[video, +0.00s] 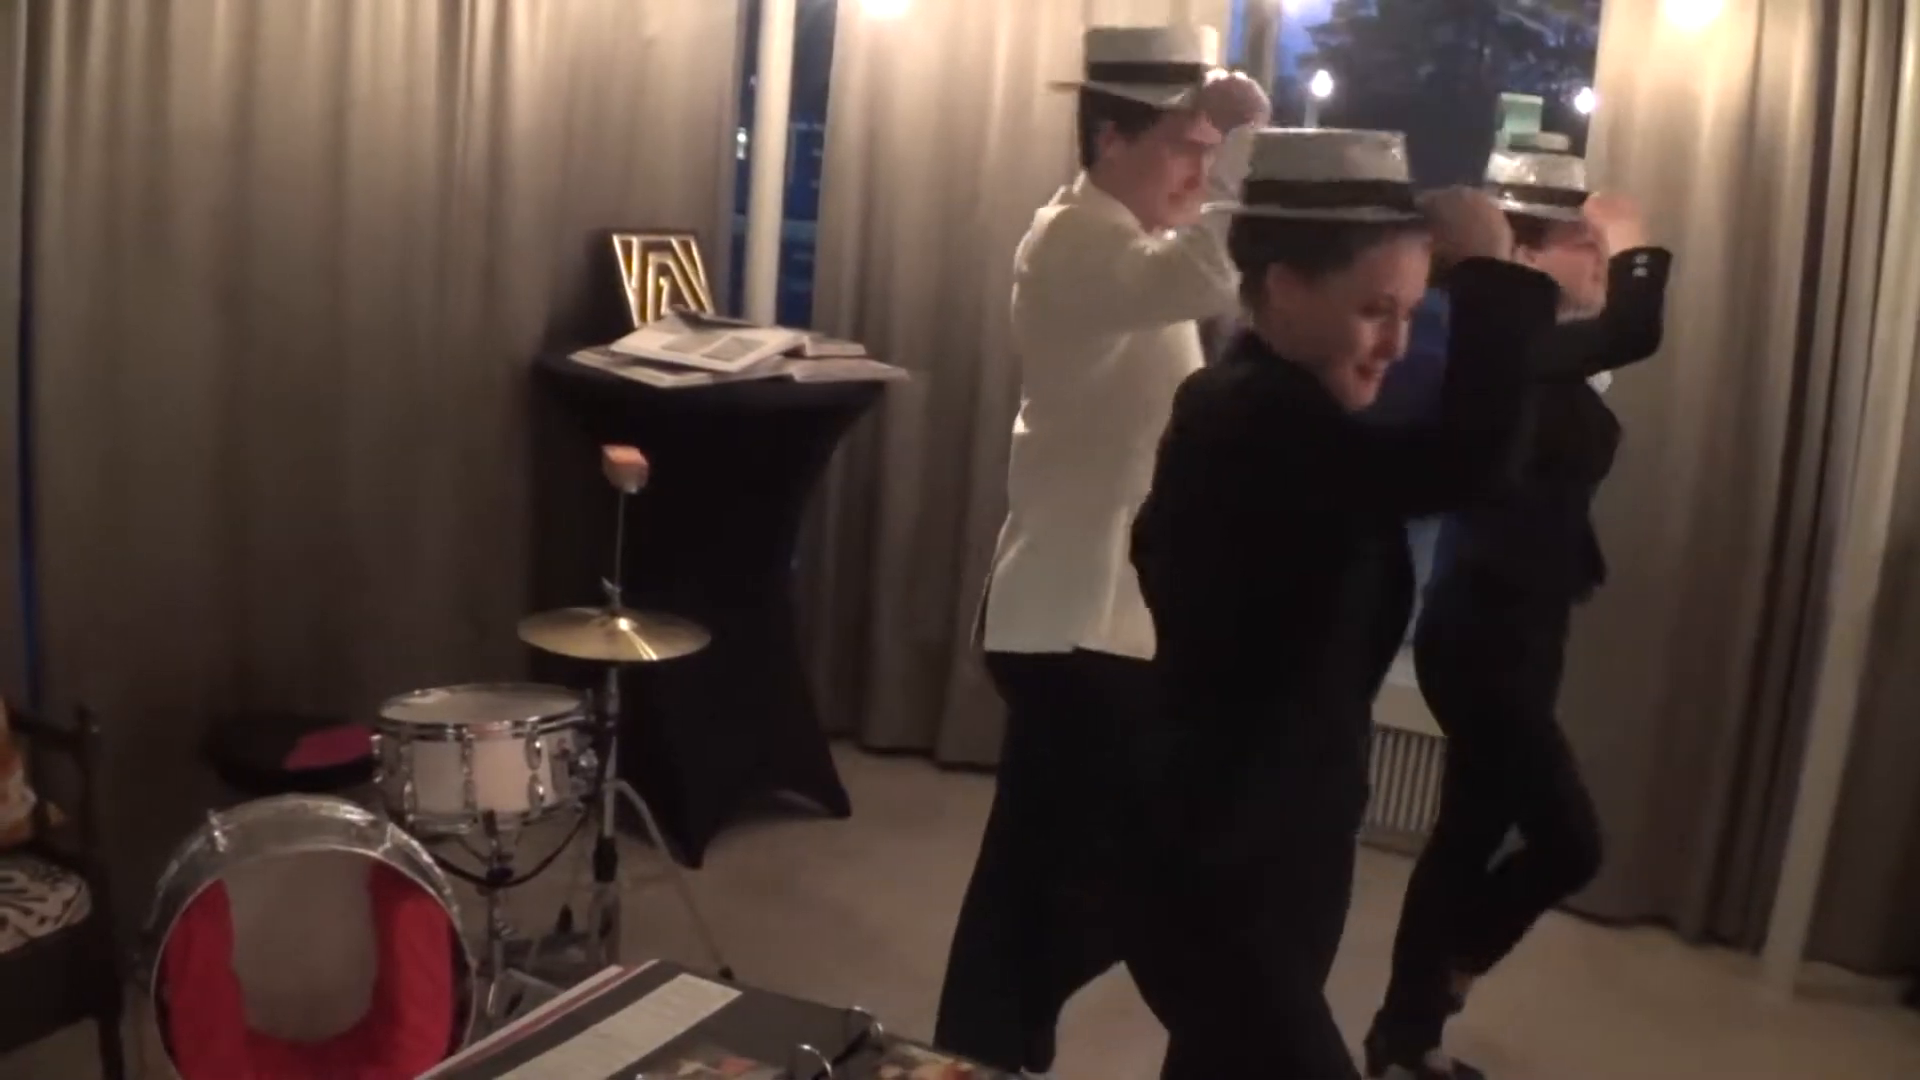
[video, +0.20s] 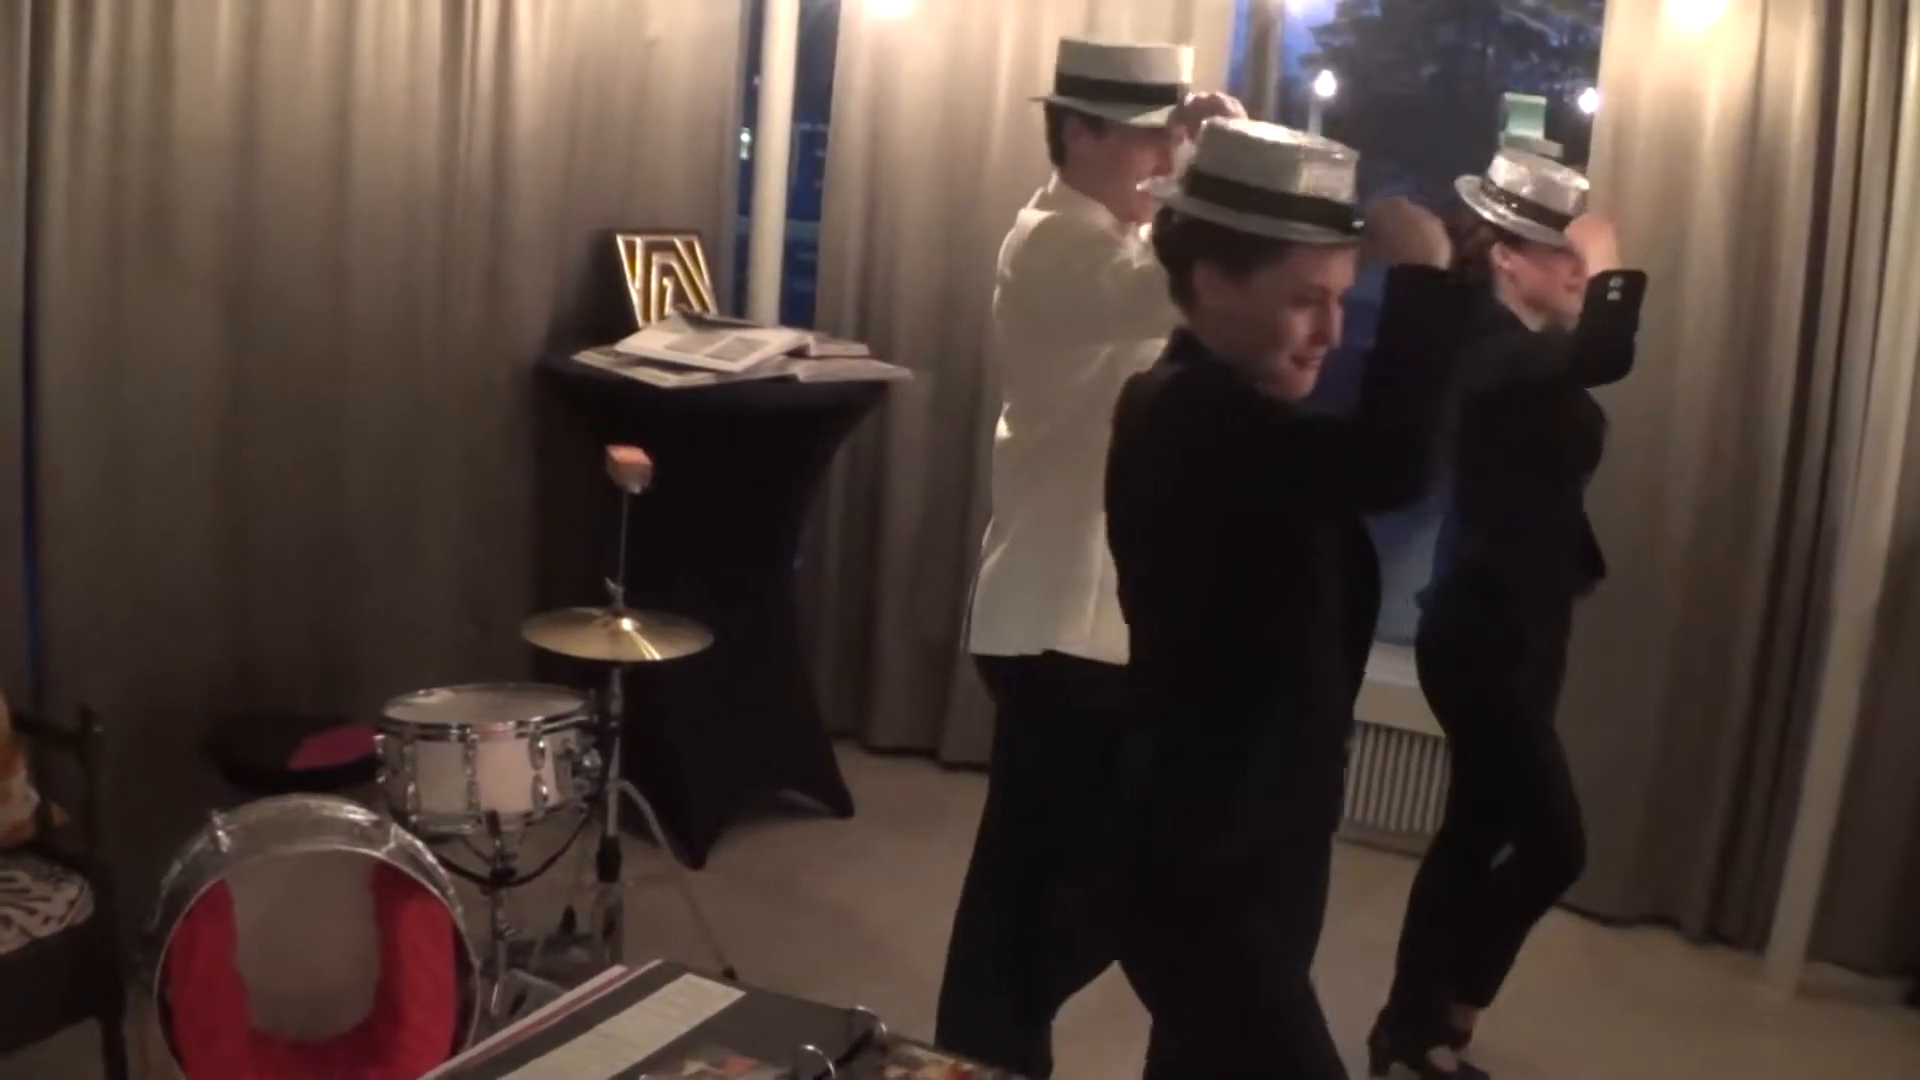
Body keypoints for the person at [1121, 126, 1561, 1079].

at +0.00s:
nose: (1398, 343)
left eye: (1408, 315)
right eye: (1373, 312)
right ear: (1277, 291)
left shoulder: (1220, 405)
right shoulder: (1279, 425)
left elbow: (1159, 554)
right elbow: (1467, 466)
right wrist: (1492, 279)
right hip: (1238, 907)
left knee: (1219, 1061)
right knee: (1311, 1065)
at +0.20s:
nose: (1330, 333)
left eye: (1341, 301)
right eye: (1301, 301)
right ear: (1203, 286)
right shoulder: (1194, 420)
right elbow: (1389, 467)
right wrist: (1425, 281)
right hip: (1213, 887)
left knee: (1198, 1061)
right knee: (1295, 1066)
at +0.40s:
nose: (1292, 325)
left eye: (1302, 294)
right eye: (1266, 293)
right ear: (1173, 281)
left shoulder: (1194, 405)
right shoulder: (1154, 414)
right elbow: (1338, 463)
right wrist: (1380, 282)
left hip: (1234, 856)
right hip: (1197, 879)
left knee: (1182, 1062)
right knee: (1292, 1066)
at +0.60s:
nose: (1280, 313)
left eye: (1289, 284)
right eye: (1255, 283)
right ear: (1165, 272)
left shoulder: (1170, 389)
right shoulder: (1153, 403)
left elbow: (1322, 433)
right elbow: (1335, 441)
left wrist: (1402, 283)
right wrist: (1371, 268)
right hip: (1183, 856)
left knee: (1169, 1062)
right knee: (1284, 1064)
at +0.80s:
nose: (1268, 308)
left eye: (1277, 280)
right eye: (1242, 279)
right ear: (1153, 271)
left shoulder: (1163, 384)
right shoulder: (1148, 394)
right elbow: (1331, 430)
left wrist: (1410, 268)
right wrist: (1359, 263)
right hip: (1170, 840)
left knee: (1164, 1062)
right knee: (1292, 1064)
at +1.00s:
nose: (1268, 303)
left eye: (1276, 276)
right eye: (1242, 276)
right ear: (1151, 269)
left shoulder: (1180, 386)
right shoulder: (1146, 391)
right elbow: (1329, 434)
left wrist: (1404, 283)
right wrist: (1357, 265)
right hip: (1167, 835)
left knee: (1171, 1053)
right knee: (1305, 1065)